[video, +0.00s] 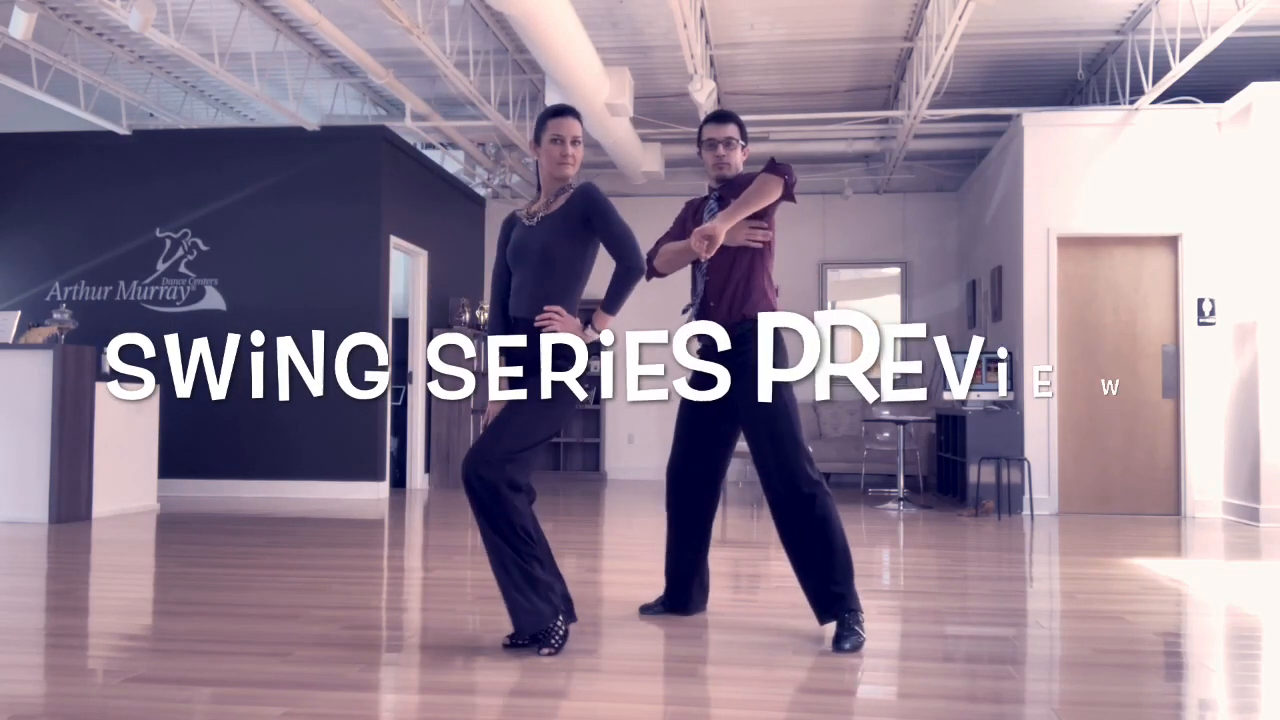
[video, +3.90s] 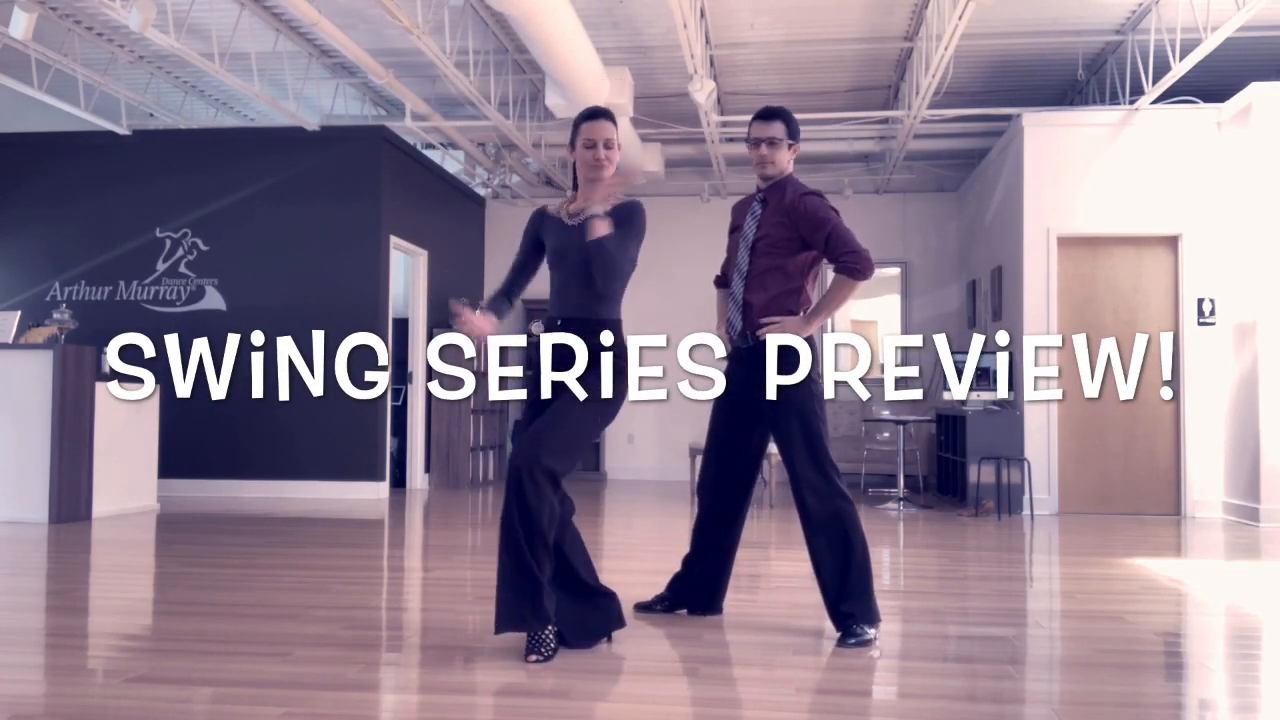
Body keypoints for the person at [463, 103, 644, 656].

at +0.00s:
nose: (568, 151)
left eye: (576, 142)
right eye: (557, 141)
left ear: (584, 151)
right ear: (536, 149)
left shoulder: (587, 201)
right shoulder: (516, 222)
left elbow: (633, 262)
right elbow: (500, 304)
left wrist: (592, 328)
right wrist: (496, 384)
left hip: (561, 366)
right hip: (519, 367)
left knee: (484, 468)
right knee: (498, 480)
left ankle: (549, 609)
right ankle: (538, 614)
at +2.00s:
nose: (575, 161)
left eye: (583, 152)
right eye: (564, 151)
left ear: (591, 160)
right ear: (541, 156)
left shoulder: (589, 209)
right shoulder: (517, 225)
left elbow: (622, 267)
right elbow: (500, 310)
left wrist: (583, 326)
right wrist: (492, 386)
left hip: (559, 369)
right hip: (516, 368)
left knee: (476, 451)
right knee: (499, 482)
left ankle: (505, 605)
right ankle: (546, 608)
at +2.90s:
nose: (575, 137)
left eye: (584, 129)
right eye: (566, 128)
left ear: (594, 140)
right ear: (548, 137)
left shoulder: (597, 198)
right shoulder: (533, 212)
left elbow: (634, 244)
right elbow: (509, 285)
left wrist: (584, 292)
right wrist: (492, 338)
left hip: (567, 352)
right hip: (523, 351)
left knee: (521, 472)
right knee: (511, 474)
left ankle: (551, 614)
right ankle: (539, 613)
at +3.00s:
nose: (577, 138)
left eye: (587, 130)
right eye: (568, 128)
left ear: (598, 142)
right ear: (551, 138)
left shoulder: (601, 200)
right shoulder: (532, 205)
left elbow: (644, 221)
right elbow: (493, 277)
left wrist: (570, 221)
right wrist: (496, 300)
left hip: (575, 349)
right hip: (532, 347)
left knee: (520, 469)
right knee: (523, 475)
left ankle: (551, 619)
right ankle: (585, 599)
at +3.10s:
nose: (582, 156)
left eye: (592, 149)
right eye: (574, 145)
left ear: (602, 150)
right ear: (554, 140)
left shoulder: (606, 203)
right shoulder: (529, 209)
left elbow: (664, 174)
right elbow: (472, 279)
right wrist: (519, 256)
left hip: (578, 350)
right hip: (535, 349)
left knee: (517, 463)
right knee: (544, 478)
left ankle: (548, 614)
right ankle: (593, 607)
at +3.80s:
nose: (598, 158)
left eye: (607, 151)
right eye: (589, 149)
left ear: (615, 162)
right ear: (569, 157)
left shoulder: (622, 216)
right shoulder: (539, 227)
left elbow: (671, 226)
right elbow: (519, 303)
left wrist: (666, 177)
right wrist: (527, 325)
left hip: (595, 369)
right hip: (547, 368)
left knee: (512, 466)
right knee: (533, 490)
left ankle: (535, 615)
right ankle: (587, 609)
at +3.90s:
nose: (600, 154)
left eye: (609, 145)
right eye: (590, 145)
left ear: (620, 153)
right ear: (572, 152)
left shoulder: (630, 212)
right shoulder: (546, 218)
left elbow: (613, 279)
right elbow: (516, 279)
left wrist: (595, 218)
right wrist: (488, 313)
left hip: (600, 361)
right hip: (547, 359)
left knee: (532, 459)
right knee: (533, 476)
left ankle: (540, 614)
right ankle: (588, 606)